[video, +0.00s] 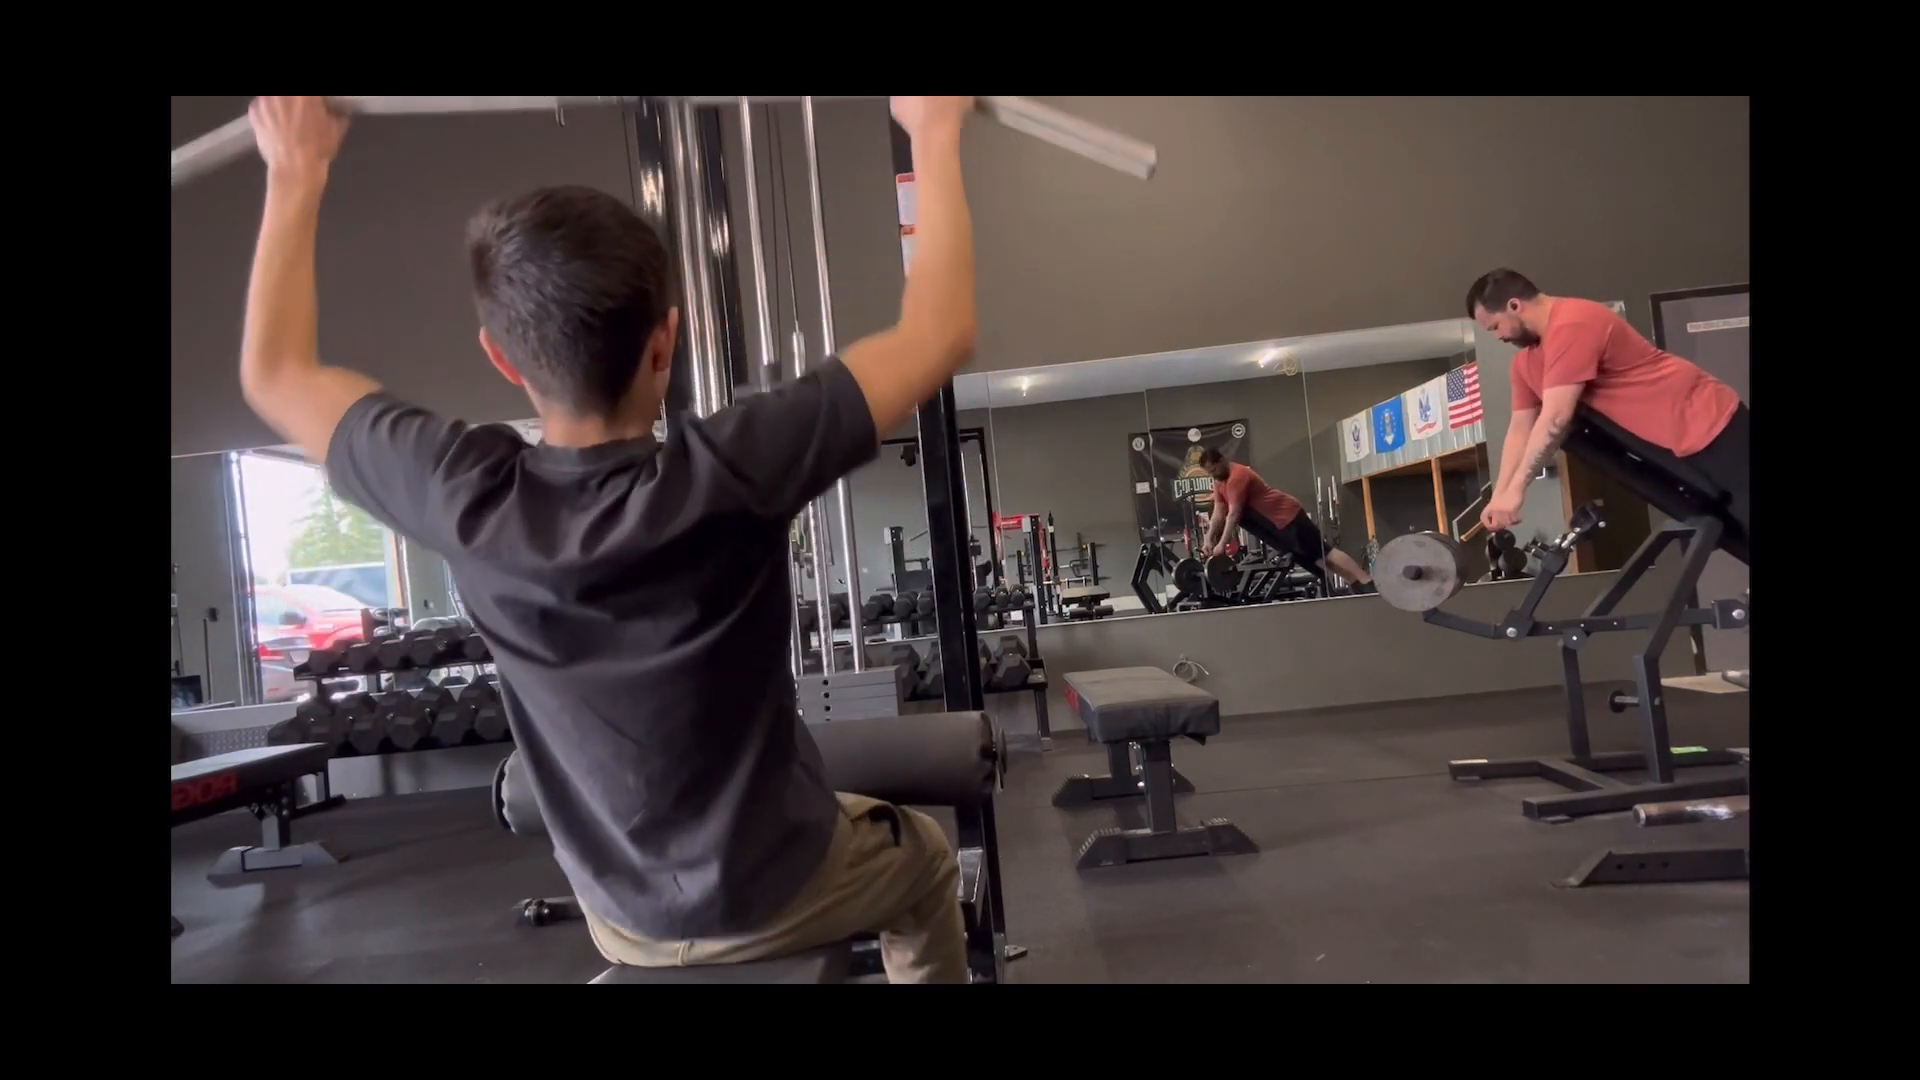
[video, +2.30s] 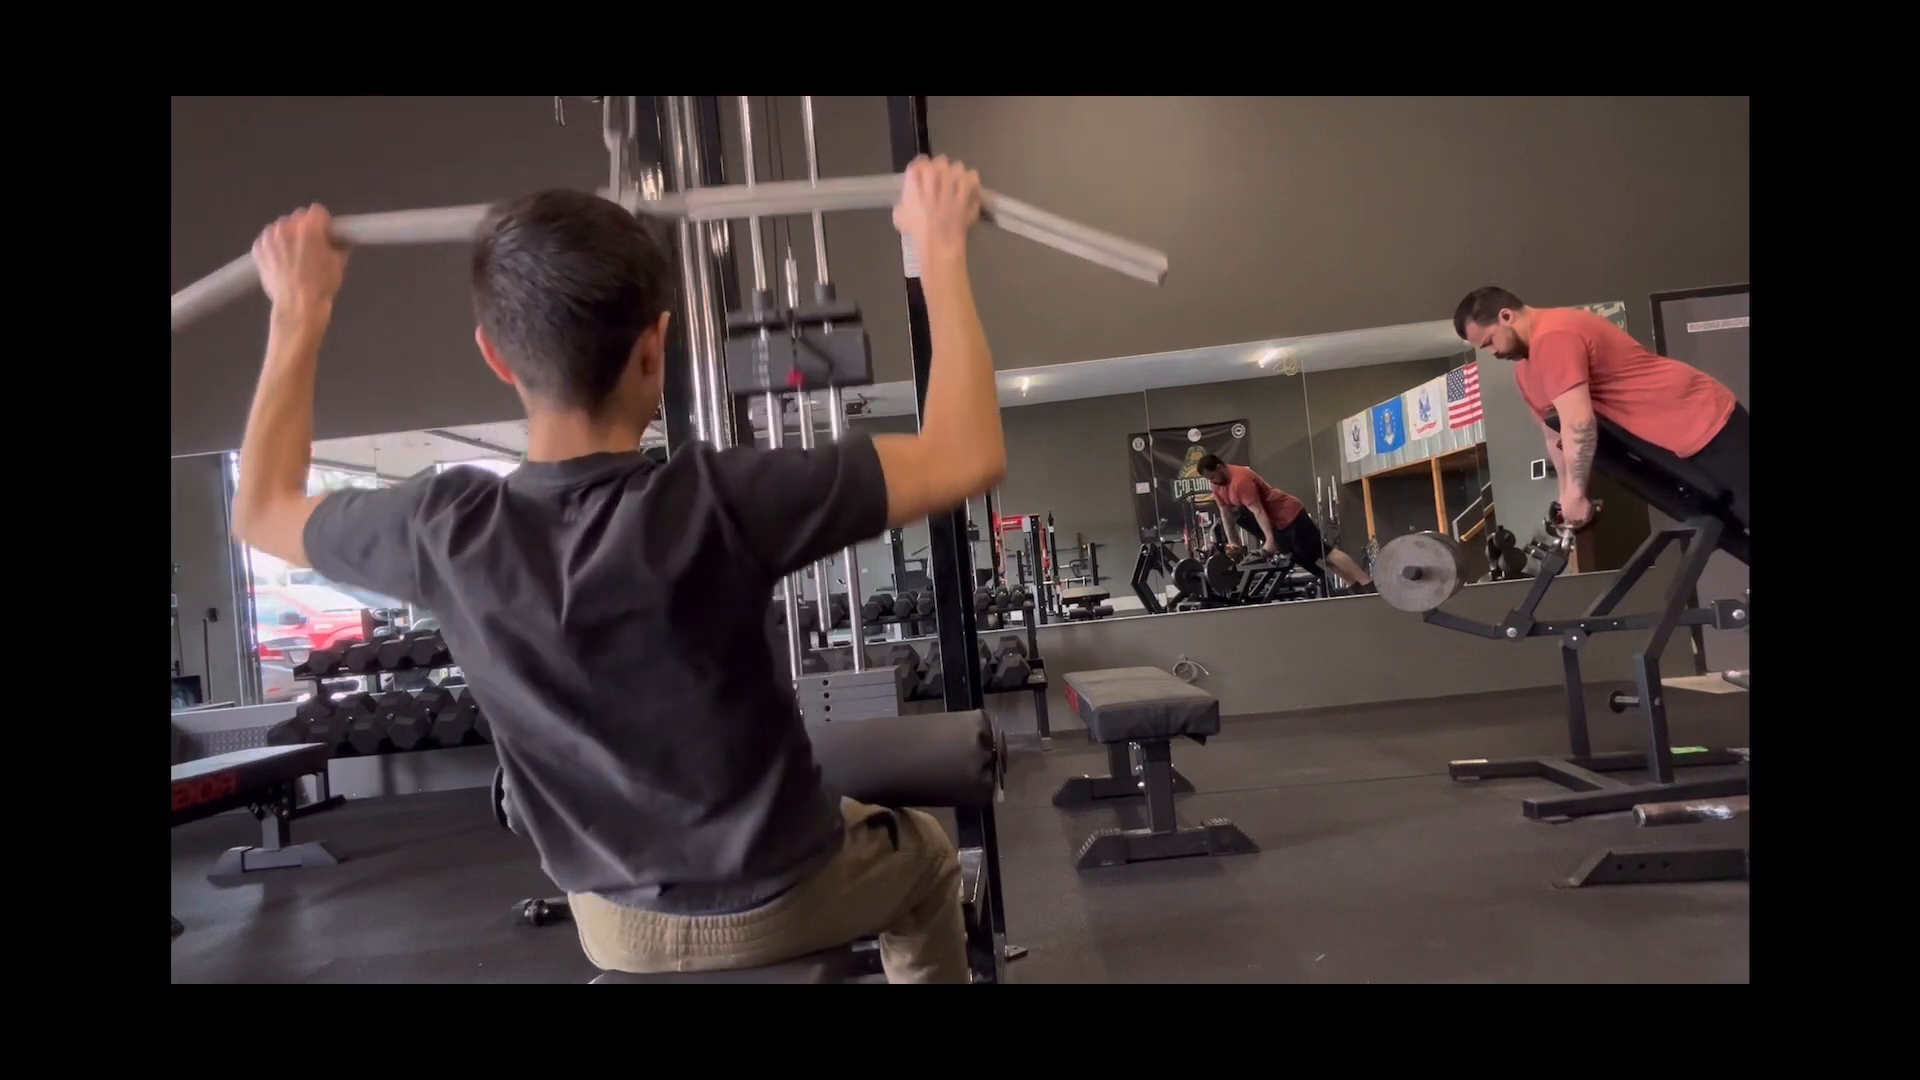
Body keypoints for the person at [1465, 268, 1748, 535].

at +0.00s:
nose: (1498, 337)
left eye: (1495, 327)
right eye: (1491, 332)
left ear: (1515, 306)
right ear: (1514, 309)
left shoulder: (1573, 322)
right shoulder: (1526, 362)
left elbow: (1556, 420)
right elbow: (1519, 428)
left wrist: (1515, 489)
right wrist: (1501, 492)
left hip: (1711, 422)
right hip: (1676, 449)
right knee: (1734, 534)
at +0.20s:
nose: (1496, 343)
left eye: (1493, 332)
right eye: (1489, 337)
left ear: (1513, 307)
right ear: (1511, 310)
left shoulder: (1570, 324)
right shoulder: (1526, 364)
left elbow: (1579, 417)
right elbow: (1535, 424)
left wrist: (1542, 480)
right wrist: (1530, 484)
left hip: (1709, 421)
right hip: (1672, 448)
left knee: (1745, 520)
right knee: (1732, 534)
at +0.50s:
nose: (1490, 356)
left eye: (1484, 346)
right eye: (1483, 350)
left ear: (1499, 326)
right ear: (1499, 329)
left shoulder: (1561, 329)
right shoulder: (1530, 373)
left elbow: (1591, 418)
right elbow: (1568, 431)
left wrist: (1578, 480)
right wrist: (1574, 486)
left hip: (1706, 423)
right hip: (1667, 453)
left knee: (1746, 515)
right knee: (1730, 534)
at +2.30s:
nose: (1492, 352)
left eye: (1488, 342)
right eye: (1483, 348)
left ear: (1507, 316)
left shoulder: (1553, 337)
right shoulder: (1524, 368)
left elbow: (1581, 427)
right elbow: (1554, 436)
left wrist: (1576, 496)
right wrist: (1568, 496)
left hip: (1704, 422)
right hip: (1671, 446)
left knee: (1746, 515)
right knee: (1730, 532)